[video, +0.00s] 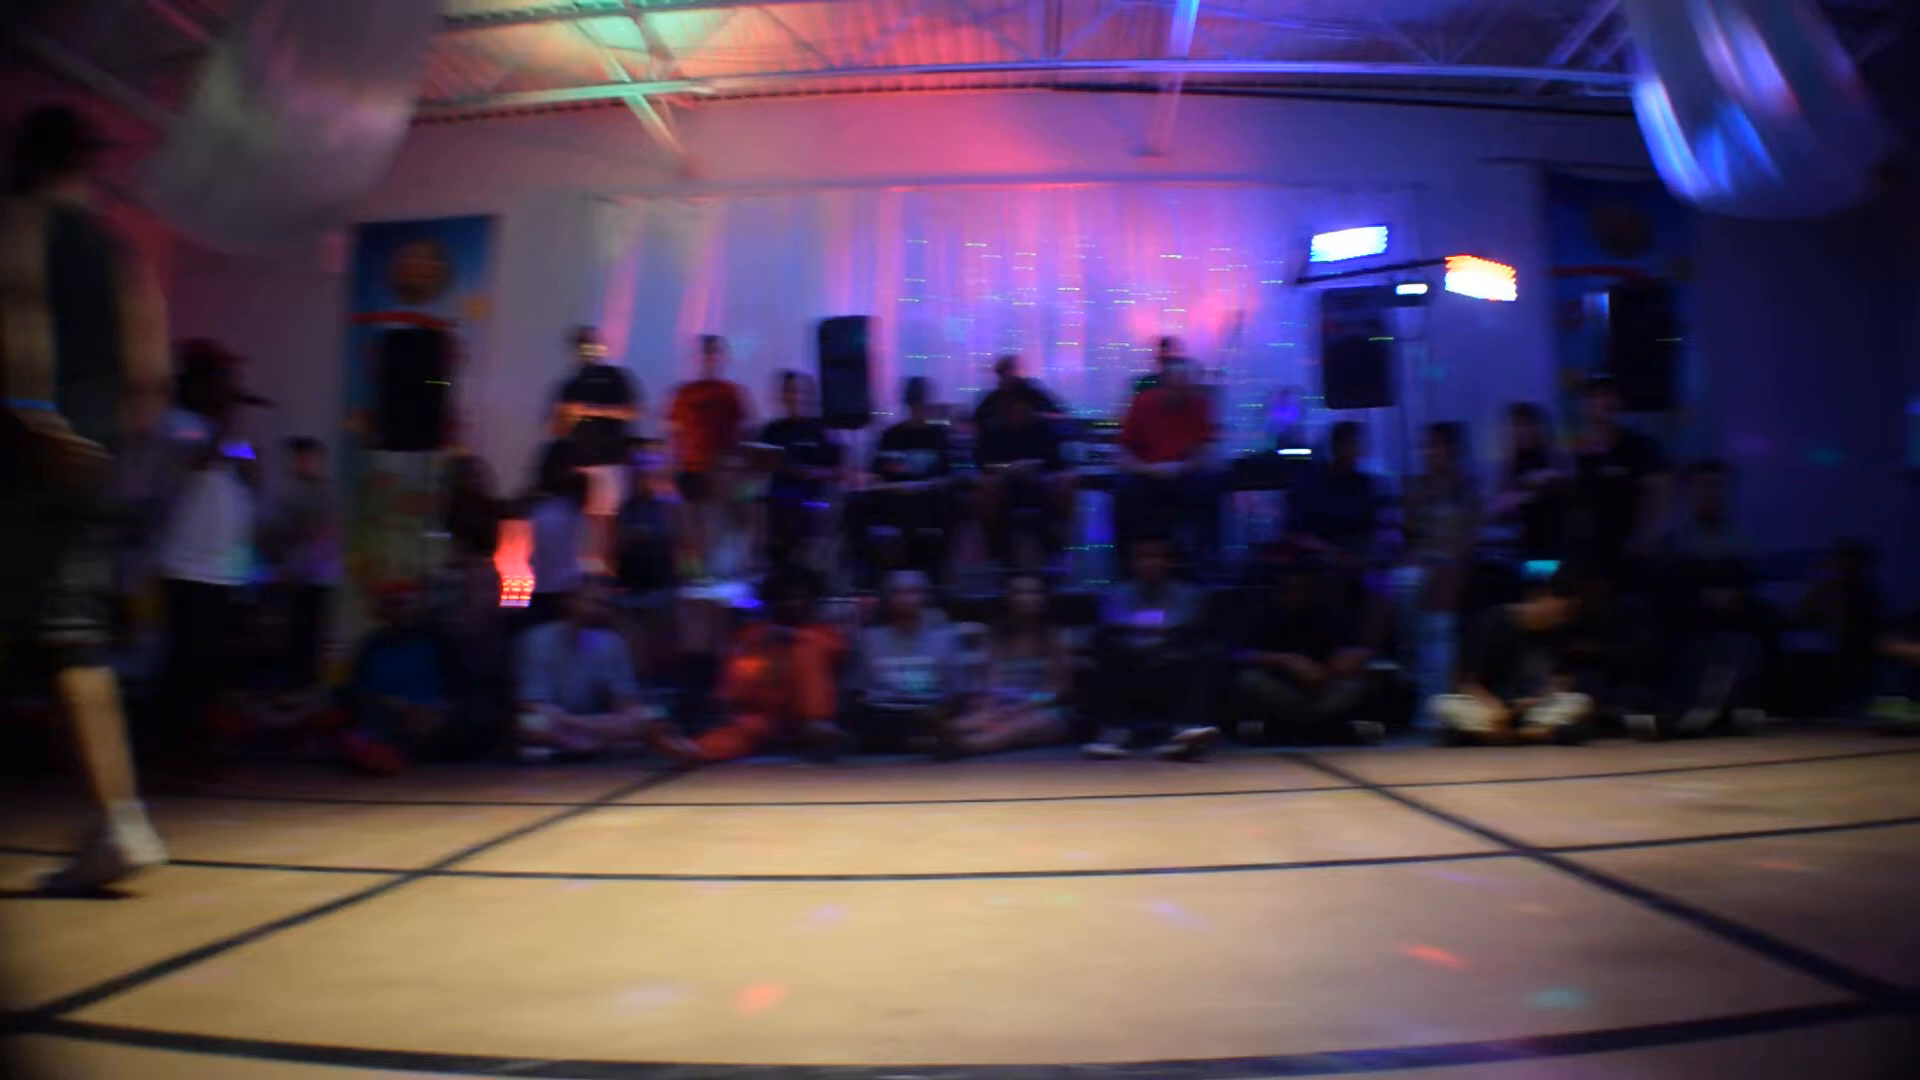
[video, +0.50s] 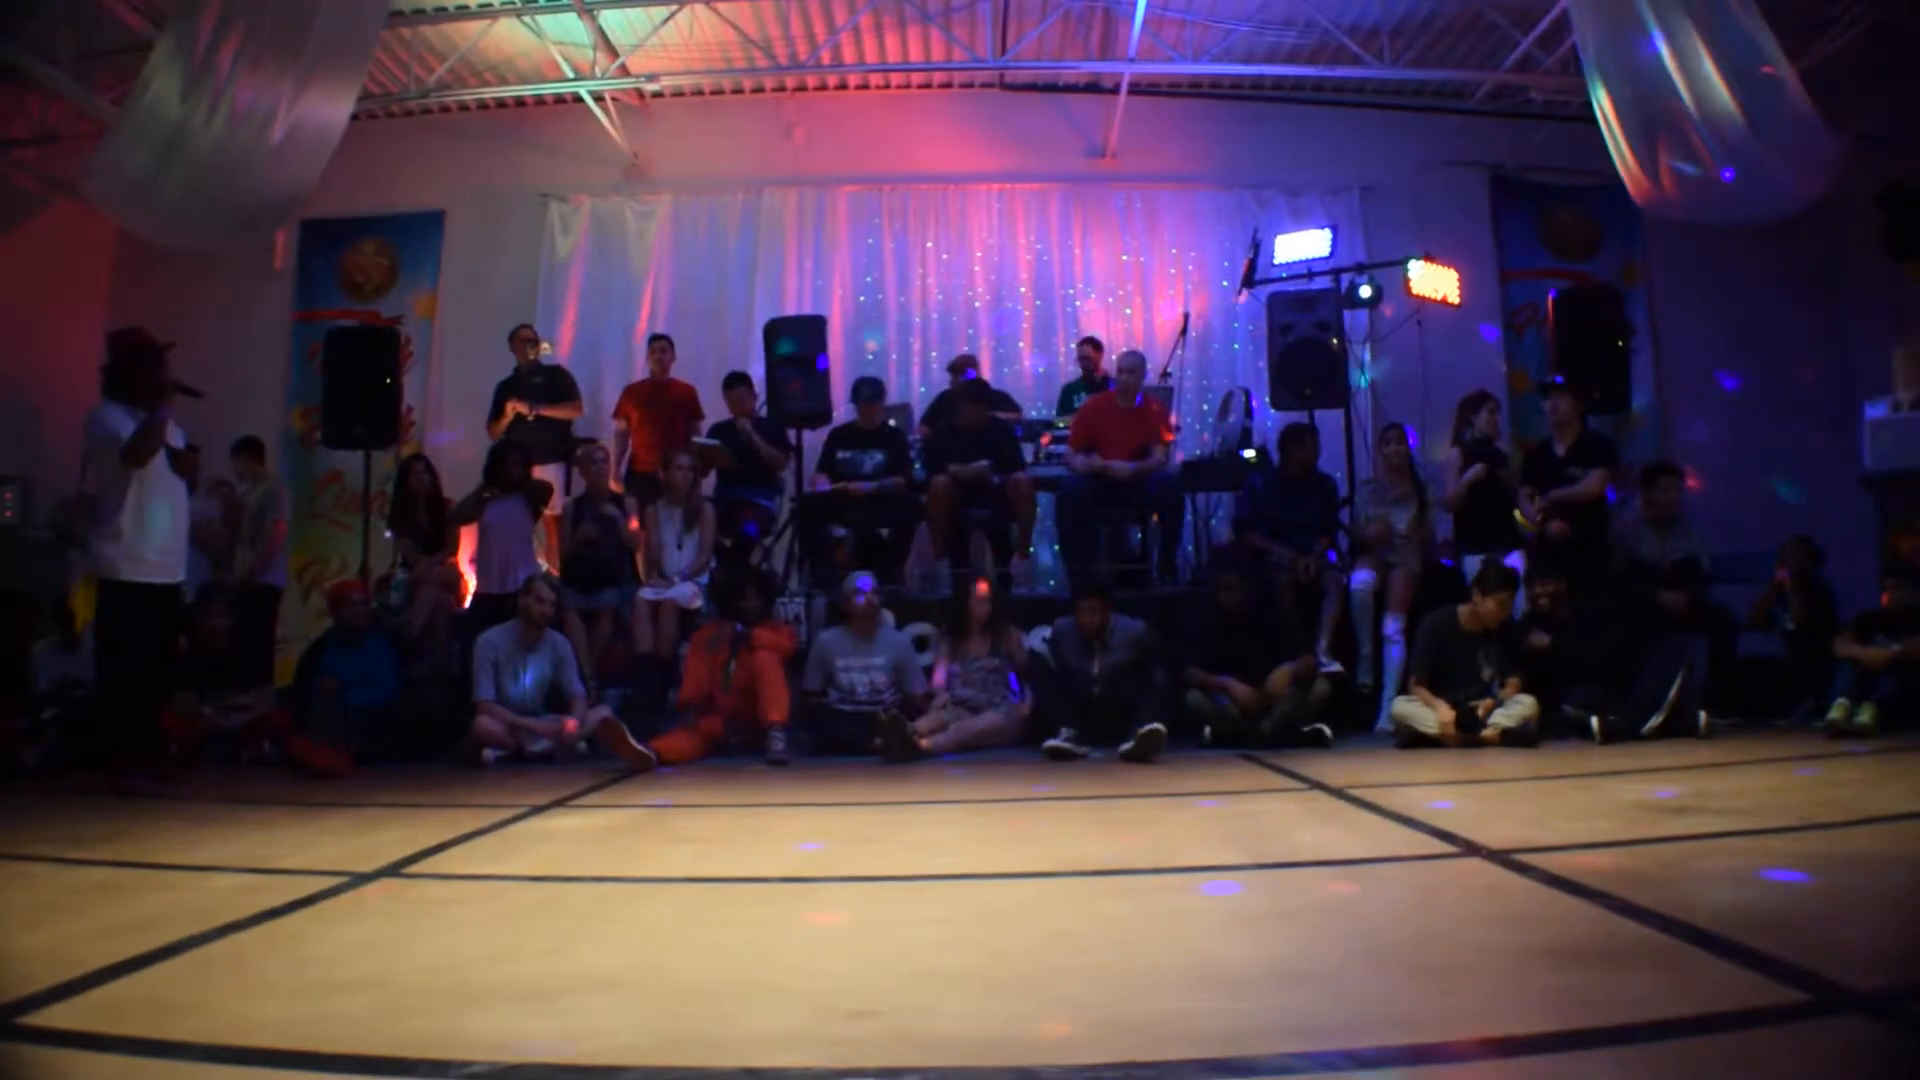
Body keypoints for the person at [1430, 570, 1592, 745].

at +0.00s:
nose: (1555, 616)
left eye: (1559, 612)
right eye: (1553, 609)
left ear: (1562, 612)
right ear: (1539, 600)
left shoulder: (1550, 632)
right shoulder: (1495, 622)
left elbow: (1561, 683)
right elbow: (1468, 682)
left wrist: (1531, 703)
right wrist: (1496, 709)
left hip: (1534, 702)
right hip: (1492, 703)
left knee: (1579, 703)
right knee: (1442, 704)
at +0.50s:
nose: (1505, 613)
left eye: (1508, 605)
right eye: (1499, 604)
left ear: (1512, 602)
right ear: (1477, 596)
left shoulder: (1505, 630)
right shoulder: (1438, 625)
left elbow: (1514, 682)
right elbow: (1416, 685)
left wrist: (1493, 702)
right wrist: (1441, 708)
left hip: (1485, 700)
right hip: (1444, 703)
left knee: (1528, 704)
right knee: (1400, 707)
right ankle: (1485, 736)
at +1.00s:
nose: (1506, 597)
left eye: (1506, 591)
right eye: (1500, 591)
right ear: (1481, 595)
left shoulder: (1513, 624)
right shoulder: (1443, 624)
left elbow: (1531, 677)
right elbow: (1434, 686)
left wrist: (1514, 705)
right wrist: (1460, 706)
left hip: (1502, 702)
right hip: (1460, 704)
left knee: (1550, 704)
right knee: (1421, 708)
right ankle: (1508, 736)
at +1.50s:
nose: (1516, 597)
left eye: (1515, 590)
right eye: (1511, 590)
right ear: (1490, 593)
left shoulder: (1518, 625)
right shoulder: (1449, 624)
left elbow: (1535, 680)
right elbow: (1437, 685)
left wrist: (1515, 705)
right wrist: (1464, 706)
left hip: (1507, 702)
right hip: (1466, 704)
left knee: (1553, 704)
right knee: (1424, 707)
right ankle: (1512, 737)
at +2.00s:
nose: (1518, 603)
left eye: (1520, 596)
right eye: (1514, 595)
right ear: (1491, 596)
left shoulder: (1521, 629)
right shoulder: (1450, 625)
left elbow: (1532, 684)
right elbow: (1425, 684)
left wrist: (1511, 707)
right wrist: (1459, 710)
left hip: (1504, 706)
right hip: (1459, 707)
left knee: (1548, 707)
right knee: (1420, 710)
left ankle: (1462, 742)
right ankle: (1509, 739)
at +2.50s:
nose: (1492, 602)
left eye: (1491, 595)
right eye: (1484, 595)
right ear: (1461, 599)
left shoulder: (1503, 630)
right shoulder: (1433, 630)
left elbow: (1528, 684)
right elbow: (1421, 689)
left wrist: (1509, 707)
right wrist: (1457, 707)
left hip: (1498, 704)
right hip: (1454, 707)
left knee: (1545, 707)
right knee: (1418, 711)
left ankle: (1466, 743)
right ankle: (1506, 739)